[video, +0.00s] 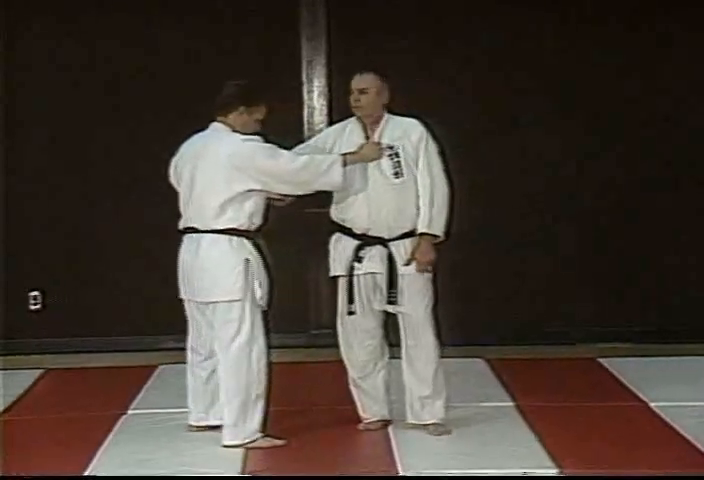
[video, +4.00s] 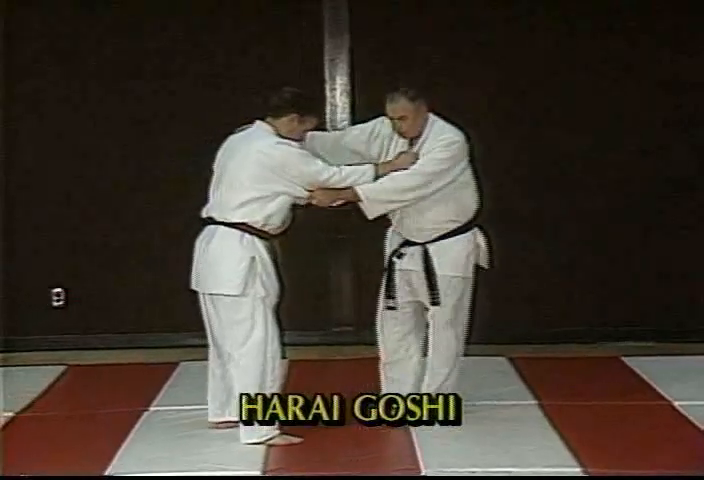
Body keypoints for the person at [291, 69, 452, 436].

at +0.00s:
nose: (356, 99)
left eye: (363, 93)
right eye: (352, 94)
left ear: (384, 96)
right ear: (349, 99)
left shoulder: (411, 133)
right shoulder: (337, 136)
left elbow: (435, 186)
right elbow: (294, 161)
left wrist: (428, 238)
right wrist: (274, 184)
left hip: (406, 246)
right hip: (354, 248)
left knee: (419, 331)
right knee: (359, 333)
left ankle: (428, 413)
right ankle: (372, 413)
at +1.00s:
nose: (360, 112)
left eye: (367, 105)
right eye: (355, 106)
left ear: (386, 101)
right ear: (350, 105)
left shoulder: (415, 135)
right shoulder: (340, 132)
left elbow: (436, 191)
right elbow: (292, 143)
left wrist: (427, 244)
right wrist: (244, 142)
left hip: (405, 248)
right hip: (353, 248)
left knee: (418, 334)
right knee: (359, 335)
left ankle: (429, 413)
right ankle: (373, 413)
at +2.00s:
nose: (366, 112)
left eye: (372, 106)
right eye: (361, 106)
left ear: (391, 103)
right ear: (356, 105)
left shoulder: (418, 137)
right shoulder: (345, 134)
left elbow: (439, 194)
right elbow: (297, 144)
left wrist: (431, 247)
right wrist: (246, 142)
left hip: (408, 248)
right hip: (358, 247)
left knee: (420, 327)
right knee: (360, 327)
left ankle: (429, 407)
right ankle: (372, 405)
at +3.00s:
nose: (370, 113)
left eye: (377, 106)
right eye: (366, 107)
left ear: (397, 104)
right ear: (361, 106)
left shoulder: (416, 138)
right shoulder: (351, 131)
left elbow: (393, 189)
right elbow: (302, 135)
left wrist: (339, 209)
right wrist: (245, 127)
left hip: (409, 247)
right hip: (361, 246)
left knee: (423, 332)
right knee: (361, 330)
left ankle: (435, 411)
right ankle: (373, 406)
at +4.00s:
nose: (397, 128)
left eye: (403, 120)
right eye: (393, 121)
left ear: (423, 112)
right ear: (388, 117)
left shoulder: (449, 142)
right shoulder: (384, 132)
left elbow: (413, 183)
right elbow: (338, 142)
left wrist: (349, 194)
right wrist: (289, 140)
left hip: (449, 244)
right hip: (402, 242)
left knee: (444, 330)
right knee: (396, 328)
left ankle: (436, 411)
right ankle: (396, 408)